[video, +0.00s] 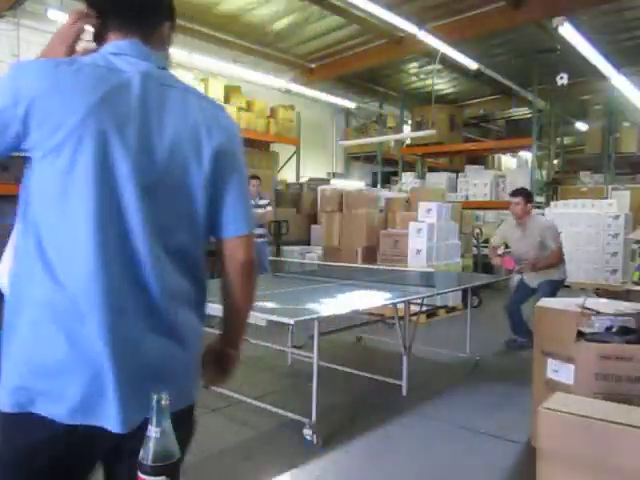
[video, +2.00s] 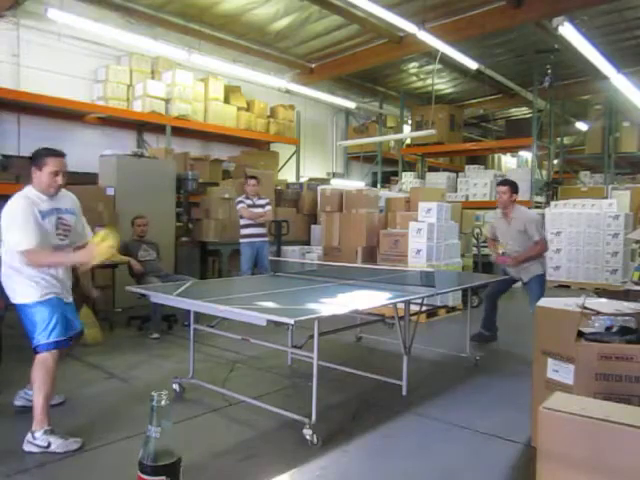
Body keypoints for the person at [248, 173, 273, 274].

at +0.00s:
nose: (255, 189)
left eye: (257, 186)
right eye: (253, 185)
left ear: (260, 186)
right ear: (248, 186)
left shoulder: (265, 201)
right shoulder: (244, 201)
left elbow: (270, 215)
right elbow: (245, 217)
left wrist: (254, 218)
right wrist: (262, 216)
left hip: (261, 237)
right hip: (247, 237)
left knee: (263, 265)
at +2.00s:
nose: (252, 188)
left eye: (255, 185)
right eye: (249, 185)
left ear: (258, 187)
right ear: (245, 187)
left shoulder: (265, 200)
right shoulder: (240, 200)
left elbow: (269, 216)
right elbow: (246, 214)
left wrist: (254, 219)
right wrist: (262, 214)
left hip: (262, 239)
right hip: (247, 239)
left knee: (265, 269)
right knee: (246, 270)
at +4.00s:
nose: (263, 187)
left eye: (265, 184)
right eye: (260, 184)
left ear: (268, 186)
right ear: (256, 186)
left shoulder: (275, 199)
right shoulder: (252, 198)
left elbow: (278, 215)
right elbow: (253, 211)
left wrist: (263, 217)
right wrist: (271, 212)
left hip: (270, 237)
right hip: (255, 237)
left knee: (269, 266)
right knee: (250, 267)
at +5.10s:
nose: (248, 186)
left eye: (250, 184)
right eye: (245, 184)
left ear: (254, 185)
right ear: (241, 186)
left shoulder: (259, 199)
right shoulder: (236, 199)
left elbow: (266, 216)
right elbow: (243, 212)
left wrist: (251, 217)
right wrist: (258, 212)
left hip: (258, 238)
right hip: (242, 239)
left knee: (262, 269)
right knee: (244, 270)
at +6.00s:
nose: (257, 187)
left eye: (260, 185)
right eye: (255, 184)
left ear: (263, 186)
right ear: (250, 186)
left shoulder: (269, 200)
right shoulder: (247, 199)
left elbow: (276, 215)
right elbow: (253, 213)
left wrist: (262, 218)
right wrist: (269, 213)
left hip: (267, 239)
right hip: (251, 239)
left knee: (265, 269)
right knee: (249, 269)